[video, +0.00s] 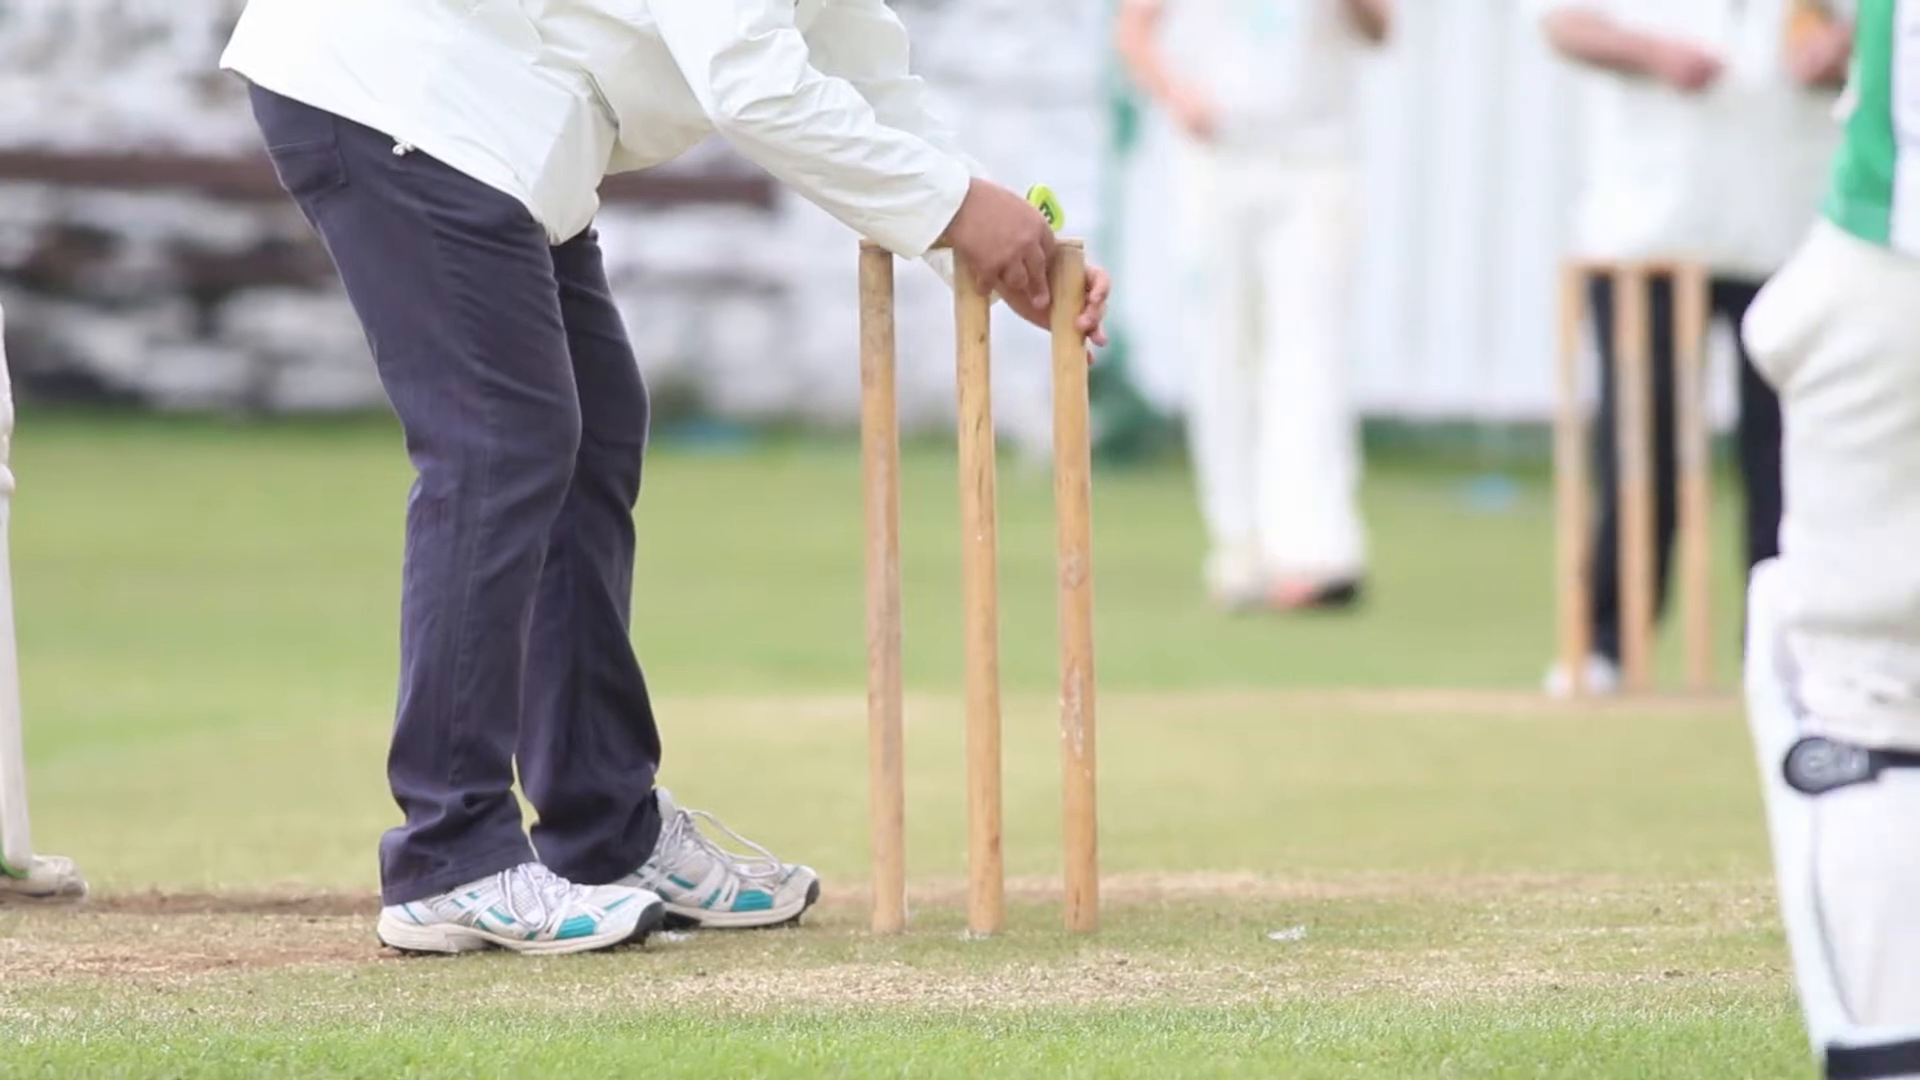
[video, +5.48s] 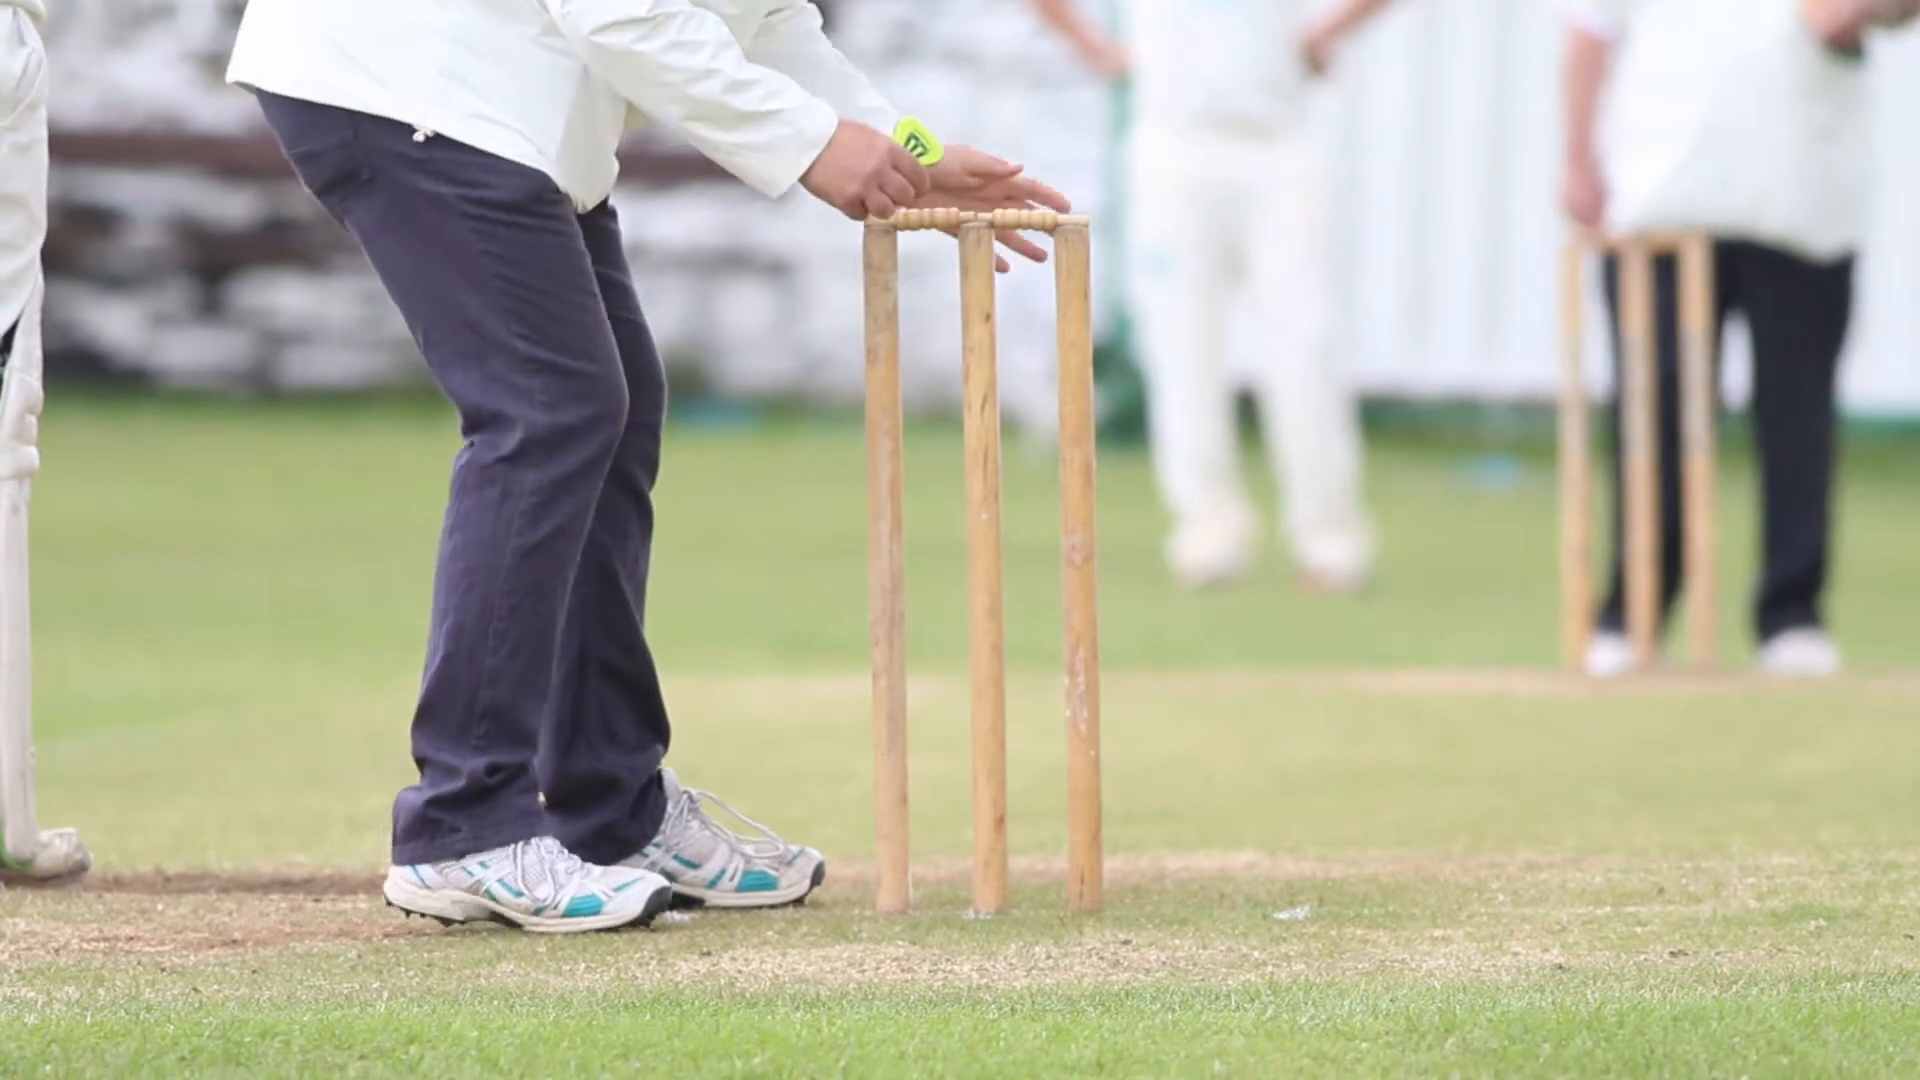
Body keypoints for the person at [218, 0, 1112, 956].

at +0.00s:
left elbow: (875, 85)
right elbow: (749, 84)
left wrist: (1005, 247)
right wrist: (961, 206)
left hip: (502, 87)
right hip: (380, 58)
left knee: (596, 428)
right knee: (508, 436)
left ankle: (605, 834)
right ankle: (447, 866)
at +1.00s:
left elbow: (760, 78)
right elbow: (650, 73)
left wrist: (863, 217)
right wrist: (846, 194)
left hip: (487, 76)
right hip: (381, 59)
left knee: (587, 423)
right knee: (508, 432)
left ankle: (603, 832)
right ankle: (451, 863)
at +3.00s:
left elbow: (795, 79)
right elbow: (648, 66)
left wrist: (945, 170)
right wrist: (827, 203)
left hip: (489, 82)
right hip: (379, 56)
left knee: (587, 416)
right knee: (507, 426)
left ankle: (606, 822)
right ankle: (451, 855)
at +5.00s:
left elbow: (812, 63)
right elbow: (656, 52)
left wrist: (961, 186)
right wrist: (848, 185)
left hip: (490, 73)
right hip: (378, 51)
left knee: (592, 406)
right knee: (507, 417)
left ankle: (606, 816)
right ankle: (453, 848)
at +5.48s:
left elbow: (750, 20)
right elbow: (612, 15)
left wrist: (904, 154)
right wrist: (802, 140)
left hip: (517, 68)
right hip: (394, 53)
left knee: (620, 401)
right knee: (552, 405)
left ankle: (608, 809)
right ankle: (463, 828)